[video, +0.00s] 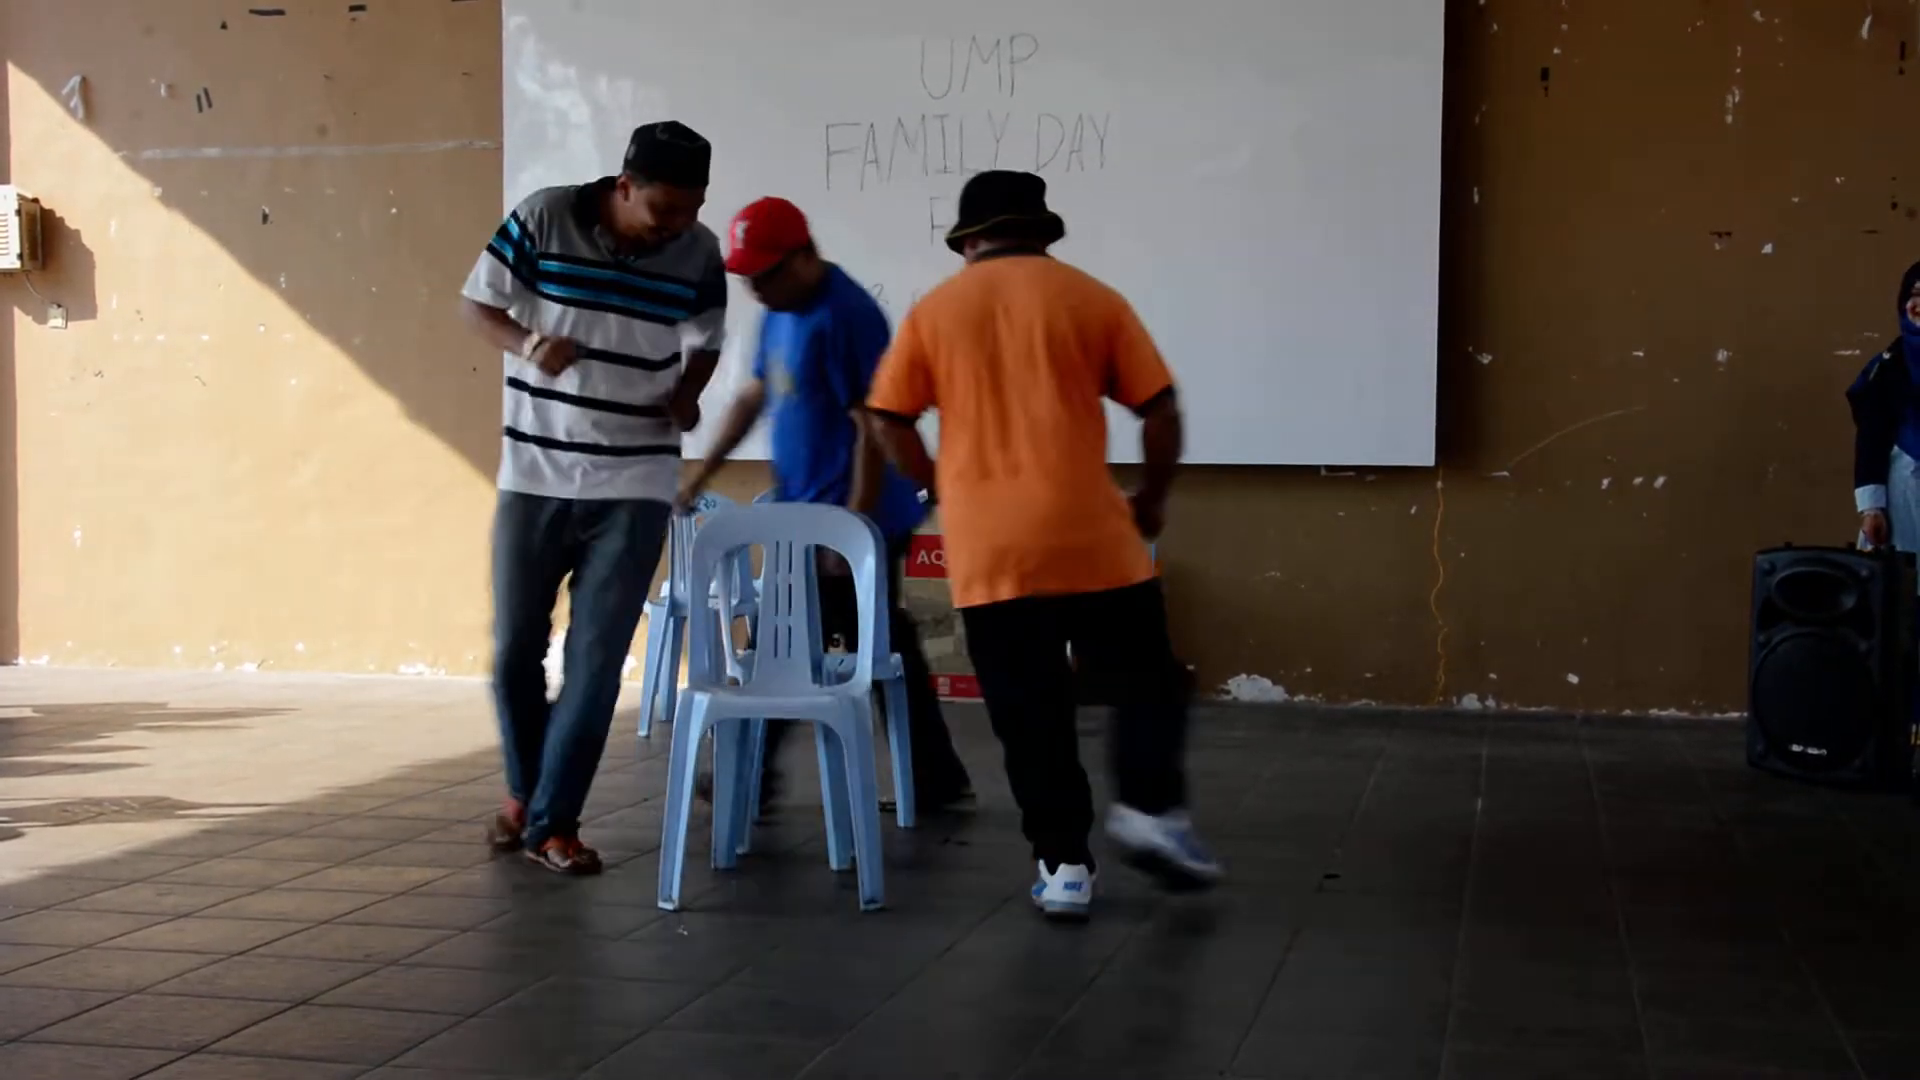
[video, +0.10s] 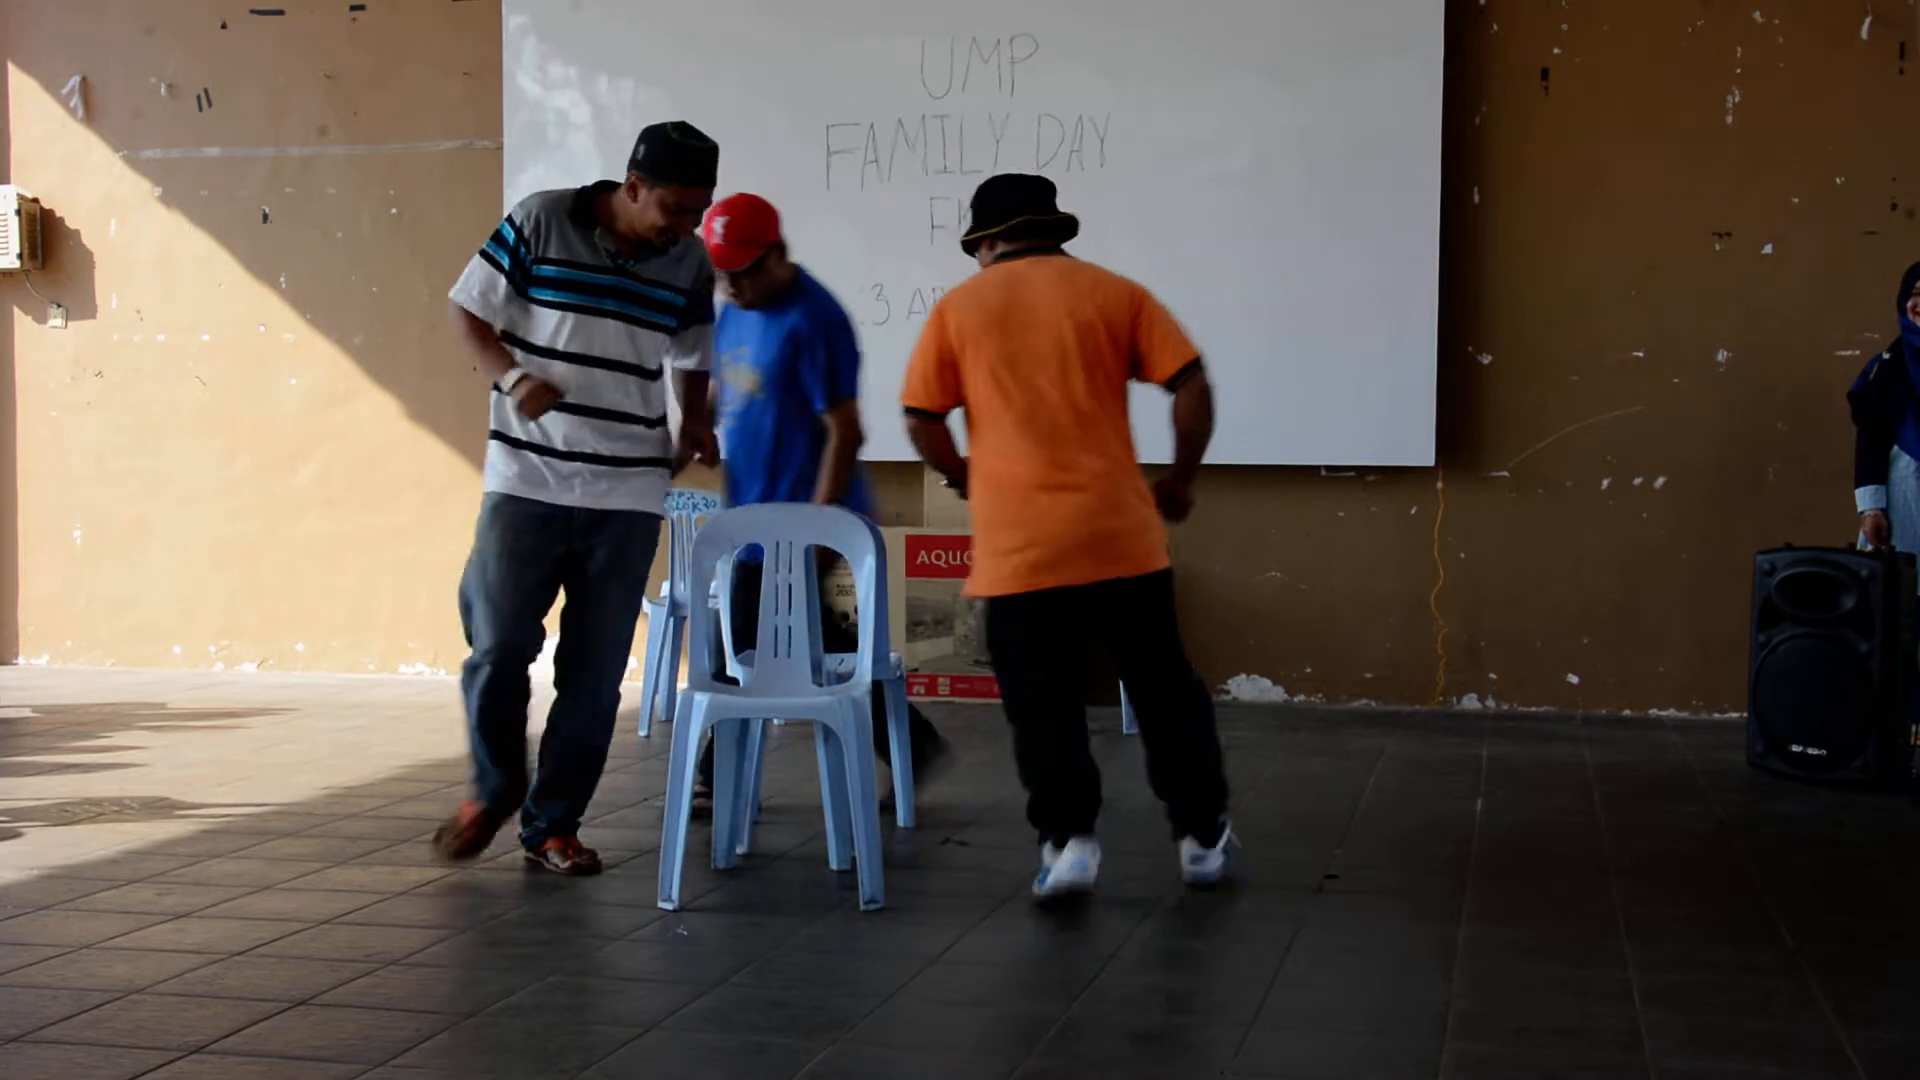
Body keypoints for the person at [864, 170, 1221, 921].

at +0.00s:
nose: (958, 255)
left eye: (959, 245)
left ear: (968, 241)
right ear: (1043, 233)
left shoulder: (935, 310)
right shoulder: (1090, 297)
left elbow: (886, 415)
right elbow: (1161, 409)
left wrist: (935, 485)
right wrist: (1153, 495)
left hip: (986, 546)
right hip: (1090, 533)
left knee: (1030, 717)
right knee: (1150, 675)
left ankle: (1063, 866)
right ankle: (1148, 808)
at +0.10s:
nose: (975, 259)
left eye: (976, 249)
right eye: (976, 249)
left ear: (989, 245)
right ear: (1057, 236)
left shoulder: (960, 308)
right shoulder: (1115, 292)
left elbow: (919, 417)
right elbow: (1192, 386)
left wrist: (957, 473)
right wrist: (1182, 476)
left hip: (1017, 548)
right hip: (1122, 536)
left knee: (1041, 705)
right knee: (1163, 683)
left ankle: (1069, 845)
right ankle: (1203, 838)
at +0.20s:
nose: (988, 281)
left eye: (988, 269)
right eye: (987, 270)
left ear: (1004, 261)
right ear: (1064, 251)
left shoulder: (985, 324)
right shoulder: (1134, 305)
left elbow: (950, 446)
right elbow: (1211, 396)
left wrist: (978, 503)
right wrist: (1190, 476)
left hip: (1041, 546)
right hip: (1145, 536)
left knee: (1059, 678)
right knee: (1175, 686)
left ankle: (1097, 781)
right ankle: (1204, 833)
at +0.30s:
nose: (980, 291)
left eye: (982, 277)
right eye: (977, 279)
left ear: (1003, 267)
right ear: (1051, 258)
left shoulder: (994, 326)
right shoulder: (1132, 306)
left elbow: (972, 441)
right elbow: (1195, 402)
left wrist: (989, 514)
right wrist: (1146, 460)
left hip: (1048, 543)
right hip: (1145, 534)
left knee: (1064, 686)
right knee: (1167, 681)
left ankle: (1119, 799)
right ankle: (1201, 823)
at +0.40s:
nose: (961, 291)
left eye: (961, 276)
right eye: (957, 278)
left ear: (984, 262)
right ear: (1026, 252)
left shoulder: (985, 320)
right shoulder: (1111, 303)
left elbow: (986, 423)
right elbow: (1165, 397)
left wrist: (985, 501)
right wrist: (1118, 456)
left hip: (1042, 534)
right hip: (1134, 523)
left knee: (1055, 679)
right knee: (1152, 653)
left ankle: (1093, 800)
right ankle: (1192, 758)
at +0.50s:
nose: (945, 309)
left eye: (944, 294)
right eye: (939, 297)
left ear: (968, 279)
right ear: (1003, 270)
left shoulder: (978, 344)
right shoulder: (1082, 318)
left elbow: (975, 454)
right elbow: (1137, 408)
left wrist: (956, 518)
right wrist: (1103, 474)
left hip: (1032, 540)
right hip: (1112, 528)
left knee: (1031, 674)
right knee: (1113, 649)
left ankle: (1090, 797)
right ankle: (1168, 753)